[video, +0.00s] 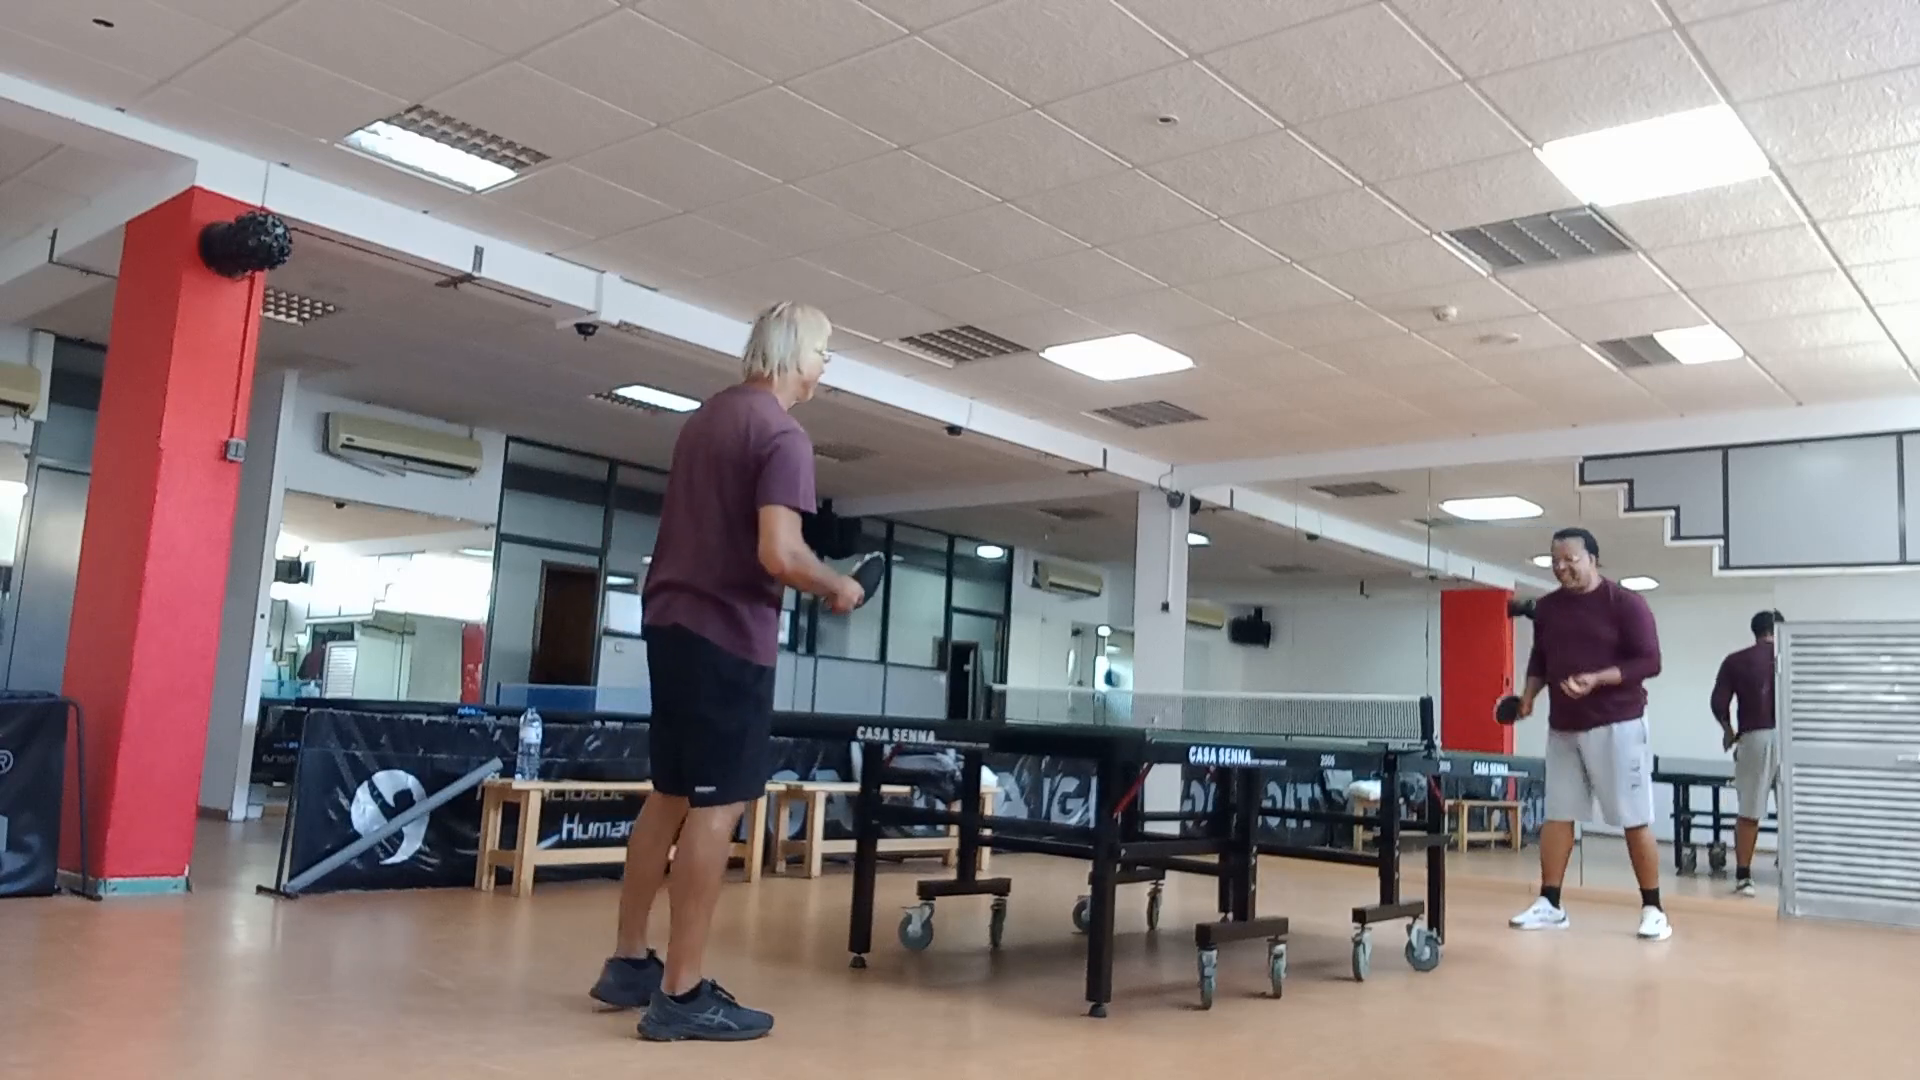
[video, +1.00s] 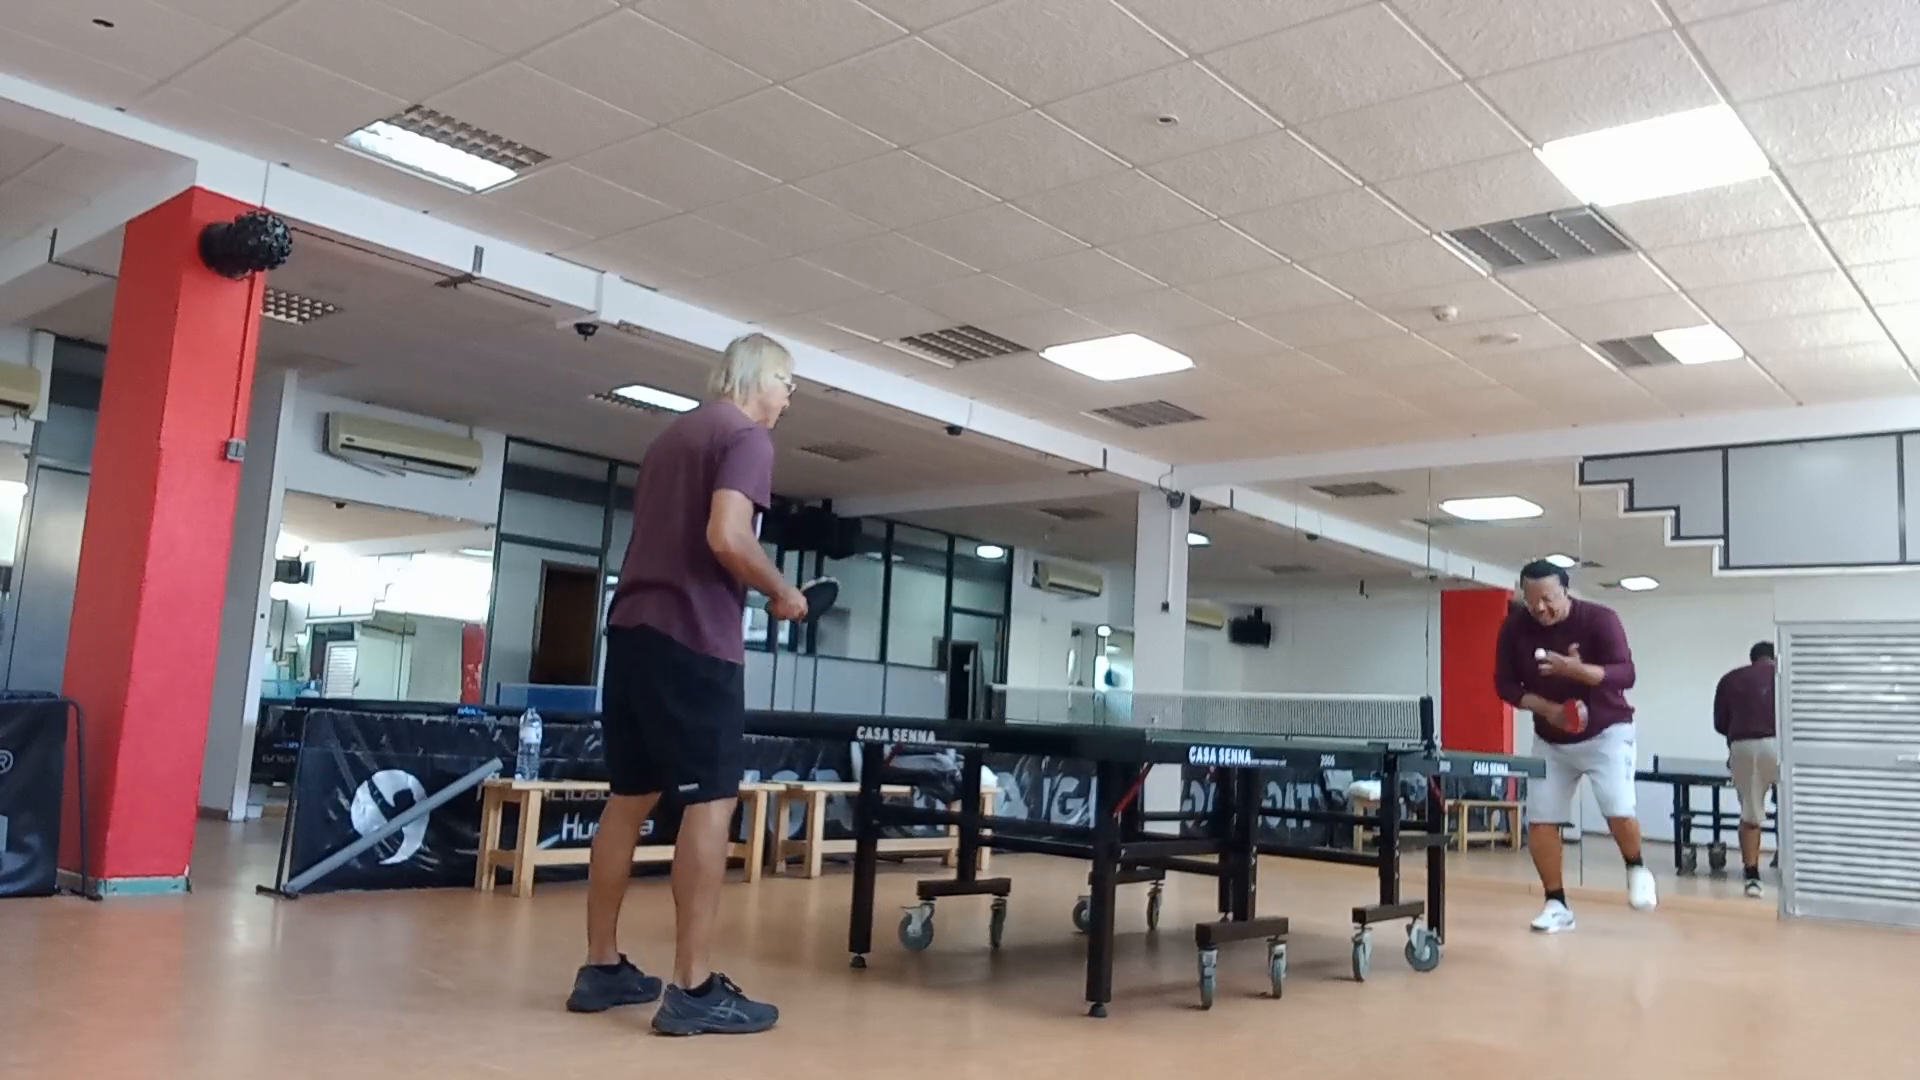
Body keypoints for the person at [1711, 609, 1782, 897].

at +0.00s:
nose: (1777, 637)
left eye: (1772, 632)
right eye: (1778, 631)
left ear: (1754, 632)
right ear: (1780, 631)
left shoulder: (1736, 661)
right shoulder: (1794, 658)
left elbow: (1718, 702)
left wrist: (1728, 728)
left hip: (1755, 740)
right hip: (1792, 740)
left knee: (1749, 811)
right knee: (1796, 811)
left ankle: (1743, 875)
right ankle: (1799, 878)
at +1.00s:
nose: (1772, 663)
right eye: (1773, 658)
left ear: (1751, 658)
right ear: (1774, 658)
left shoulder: (1730, 678)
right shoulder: (1783, 675)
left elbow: (1720, 723)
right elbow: (1793, 713)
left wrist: (1742, 733)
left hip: (1741, 745)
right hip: (1776, 744)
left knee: (1750, 814)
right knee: (1791, 805)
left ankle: (1751, 876)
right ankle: (1785, 859)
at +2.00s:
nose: (1763, 662)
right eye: (1764, 658)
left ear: (1739, 657)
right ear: (1766, 657)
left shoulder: (1723, 680)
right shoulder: (1780, 677)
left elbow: (1705, 722)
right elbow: (1797, 710)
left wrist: (1709, 750)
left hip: (1745, 753)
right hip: (1783, 751)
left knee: (1722, 815)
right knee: (1799, 813)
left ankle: (1709, 872)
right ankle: (1804, 873)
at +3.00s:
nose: (1771, 656)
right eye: (1774, 651)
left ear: (1755, 651)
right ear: (1777, 650)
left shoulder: (1735, 676)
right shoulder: (1791, 673)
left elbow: (1711, 715)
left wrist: (1715, 744)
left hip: (1748, 751)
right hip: (1785, 751)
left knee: (1725, 814)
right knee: (1800, 811)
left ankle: (1706, 868)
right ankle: (1797, 868)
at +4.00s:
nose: (1717, 682)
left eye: (1715, 678)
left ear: (1715, 675)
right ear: (1739, 669)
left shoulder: (1714, 693)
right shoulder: (1768, 686)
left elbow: (1696, 729)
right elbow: (1787, 713)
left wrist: (1696, 736)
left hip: (1752, 764)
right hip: (1784, 762)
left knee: (1719, 816)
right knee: (1786, 817)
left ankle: (1711, 867)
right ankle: (1798, 864)